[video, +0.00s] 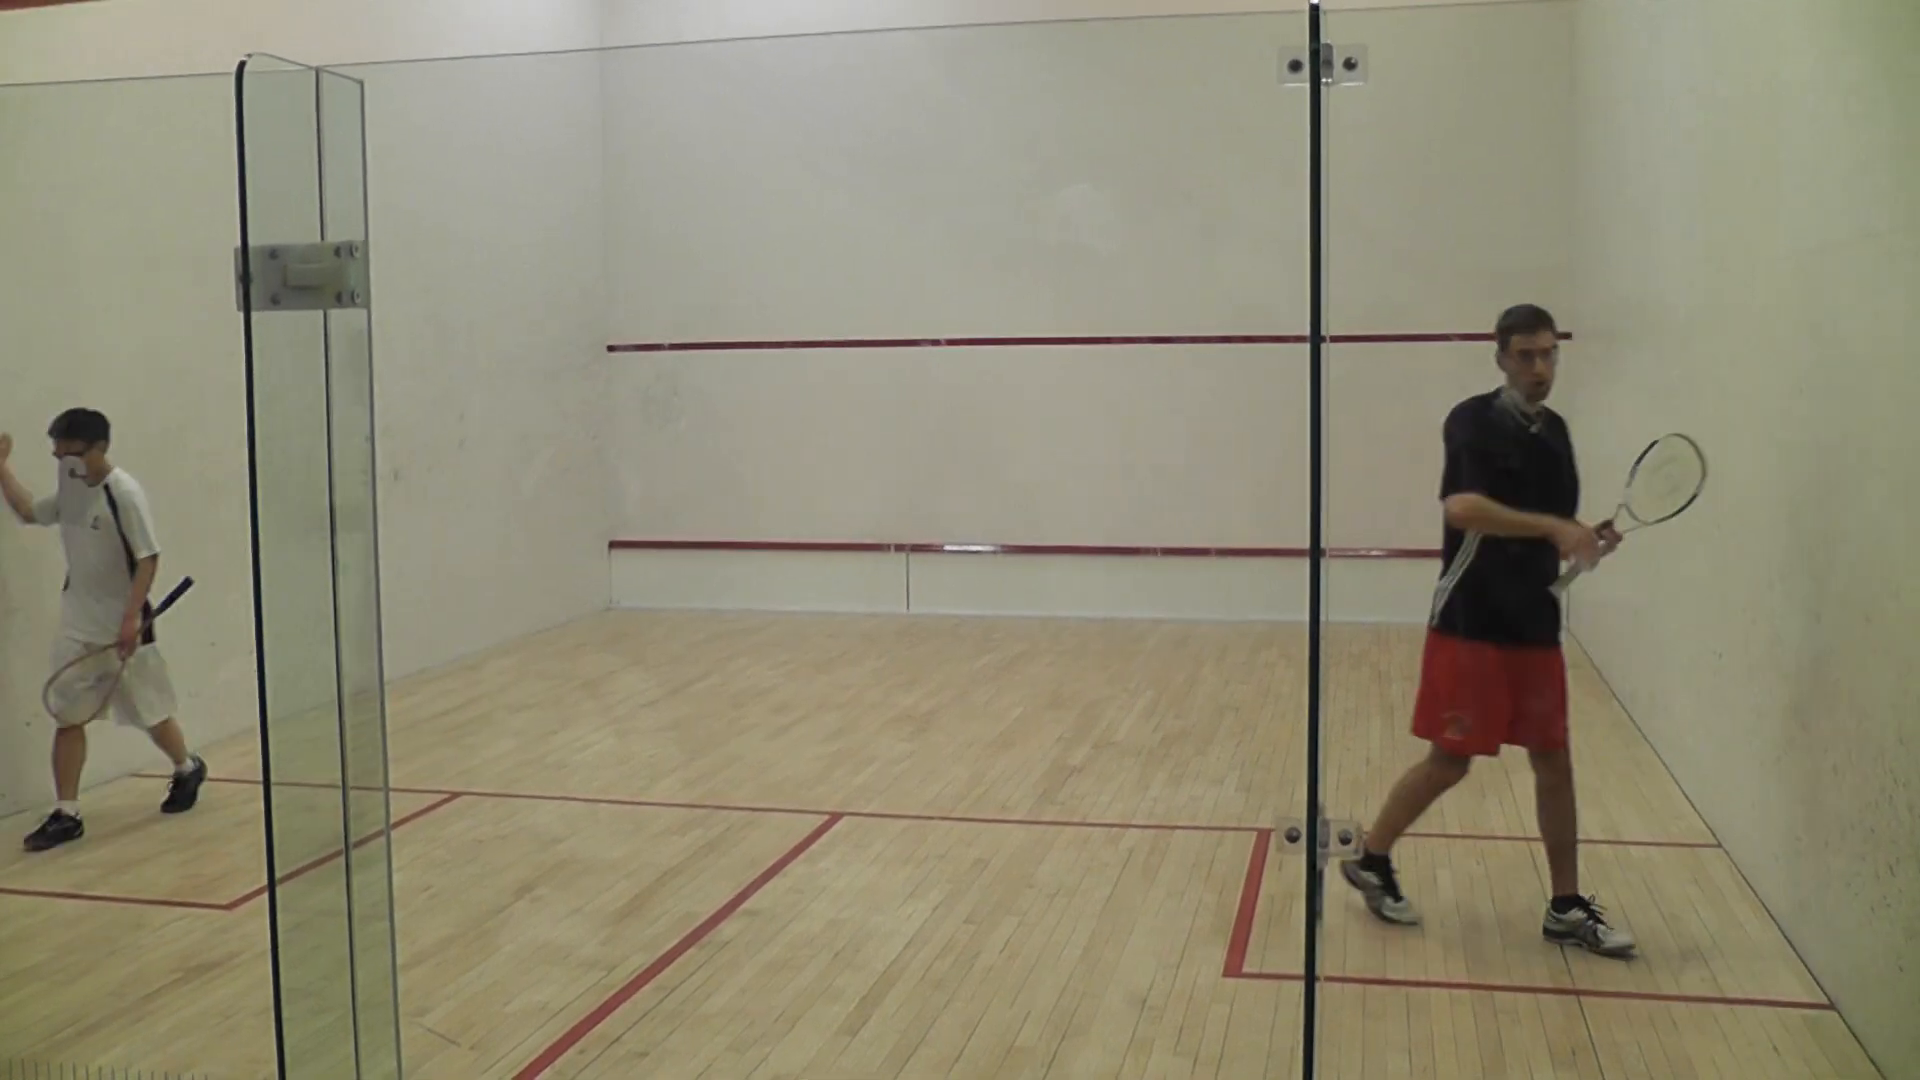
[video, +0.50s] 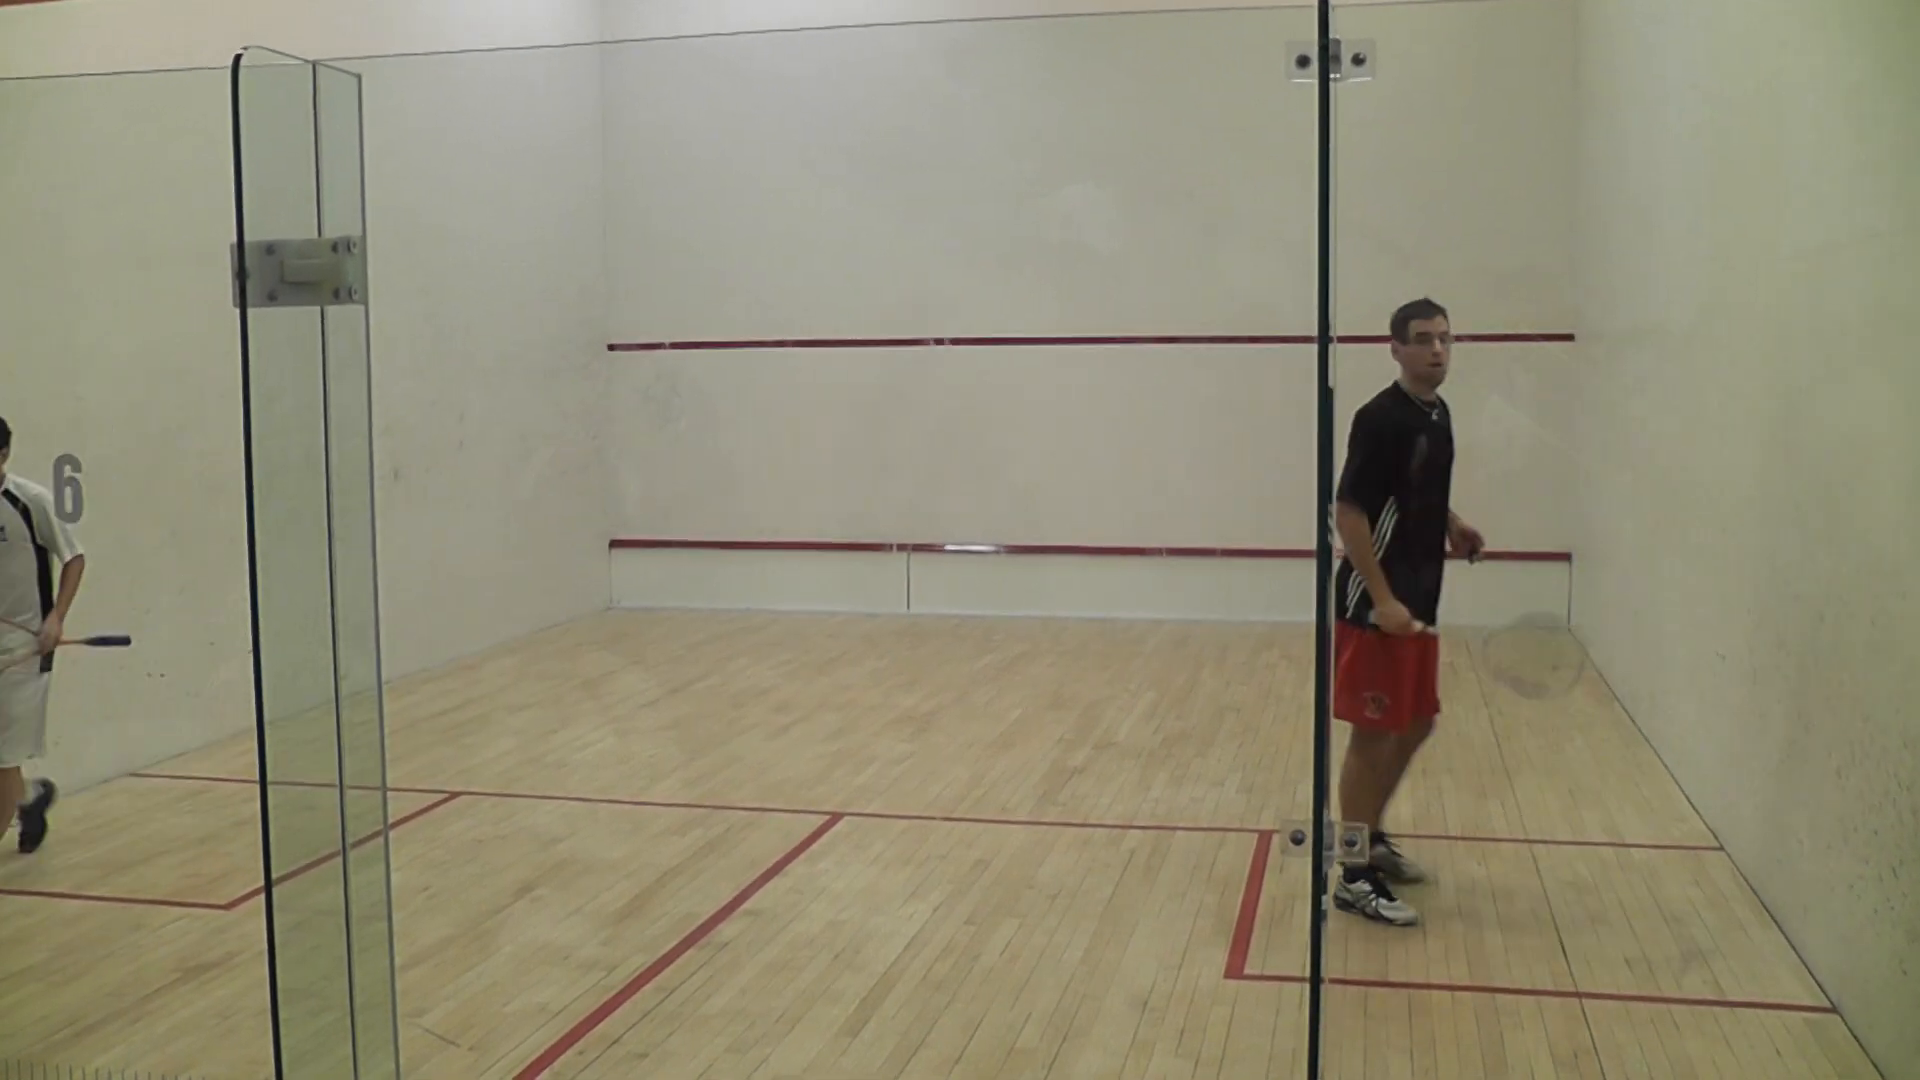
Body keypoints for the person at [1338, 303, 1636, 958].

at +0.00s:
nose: (1539, 366)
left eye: (1547, 355)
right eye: (1525, 356)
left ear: (1557, 356)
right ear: (1501, 358)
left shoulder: (1554, 432)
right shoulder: (1473, 420)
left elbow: (1541, 534)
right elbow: (1461, 508)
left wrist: (1580, 542)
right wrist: (1555, 529)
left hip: (1533, 624)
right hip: (1470, 624)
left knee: (1553, 761)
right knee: (1449, 761)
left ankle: (1567, 904)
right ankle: (1369, 856)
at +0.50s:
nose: (1437, 350)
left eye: (1444, 340)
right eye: (1424, 341)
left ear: (1452, 347)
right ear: (1397, 349)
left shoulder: (1437, 414)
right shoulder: (1379, 419)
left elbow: (1414, 495)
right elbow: (1348, 514)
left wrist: (1449, 526)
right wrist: (1382, 600)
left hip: (1415, 605)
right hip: (1375, 608)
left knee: (1417, 721)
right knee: (1377, 730)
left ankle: (1366, 836)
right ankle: (1351, 875)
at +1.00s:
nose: (1441, 398)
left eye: (1447, 388)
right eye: (1443, 384)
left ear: (1420, 367)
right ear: (1421, 366)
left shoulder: (1377, 417)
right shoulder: (1361, 413)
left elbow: (1377, 501)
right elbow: (1321, 497)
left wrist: (1428, 546)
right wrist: (1319, 575)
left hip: (1336, 589)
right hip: (1341, 594)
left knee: (1310, 703)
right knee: (1353, 715)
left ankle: (1298, 824)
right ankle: (1343, 852)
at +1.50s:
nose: (1465, 380)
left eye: (1470, 369)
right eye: (1465, 366)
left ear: (1430, 349)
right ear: (1443, 351)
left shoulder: (1373, 397)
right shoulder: (1401, 410)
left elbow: (1341, 480)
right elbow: (1396, 512)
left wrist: (1355, 546)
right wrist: (1423, 591)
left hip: (1348, 576)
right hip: (1376, 582)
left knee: (1347, 694)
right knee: (1372, 700)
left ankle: (1340, 813)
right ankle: (1354, 829)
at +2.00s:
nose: (1494, 370)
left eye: (1498, 358)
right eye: (1495, 356)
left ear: (1459, 340)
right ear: (1473, 342)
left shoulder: (1411, 393)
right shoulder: (1435, 404)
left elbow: (1408, 497)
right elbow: (1429, 505)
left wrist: (1430, 575)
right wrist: (1442, 583)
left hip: (1394, 569)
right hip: (1419, 577)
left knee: (1394, 685)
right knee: (1433, 690)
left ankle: (1370, 807)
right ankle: (1413, 819)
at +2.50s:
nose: (1583, 367)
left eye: (1586, 356)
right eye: (1579, 354)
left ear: (1554, 348)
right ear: (1547, 343)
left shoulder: (1533, 407)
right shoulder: (1510, 408)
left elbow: (1544, 493)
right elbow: (1500, 504)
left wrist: (1597, 503)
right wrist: (1534, 573)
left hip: (1516, 584)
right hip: (1504, 585)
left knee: (1503, 697)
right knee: (1515, 702)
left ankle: (1485, 815)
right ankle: (1496, 833)